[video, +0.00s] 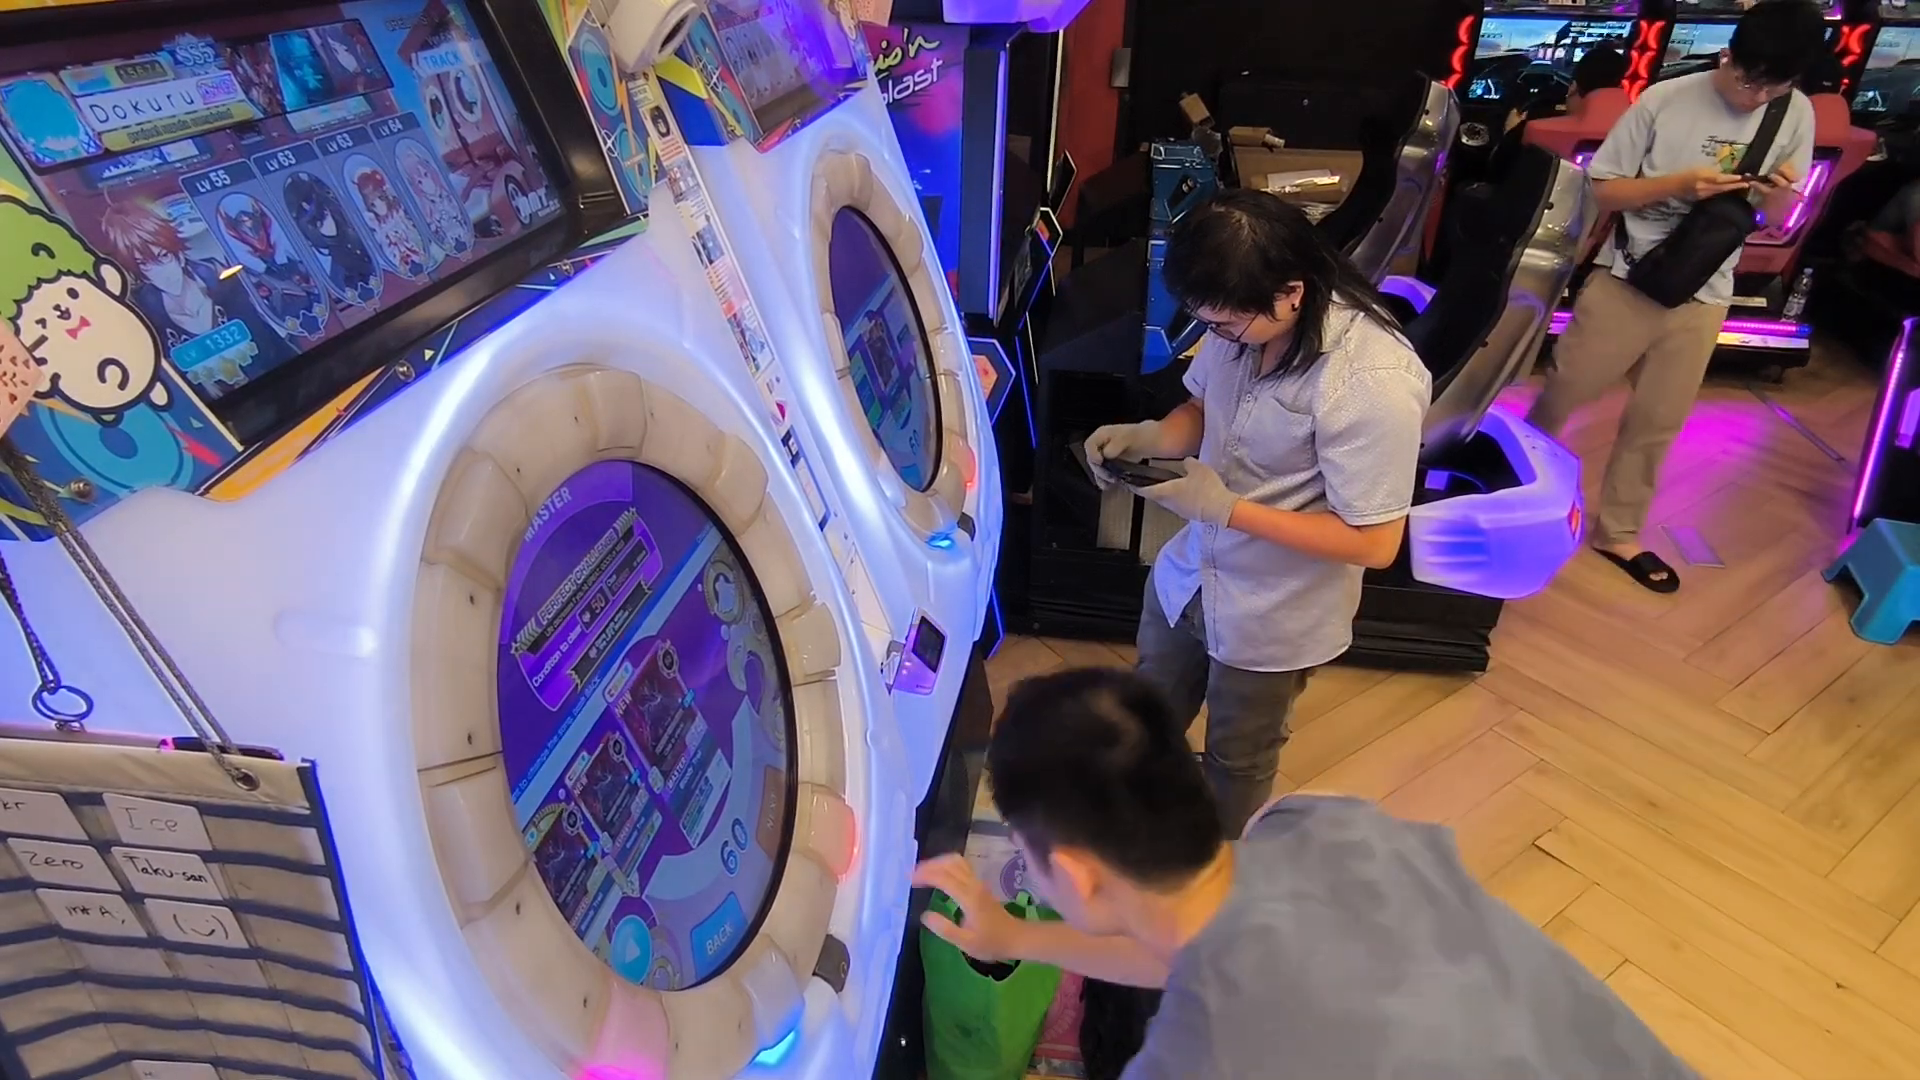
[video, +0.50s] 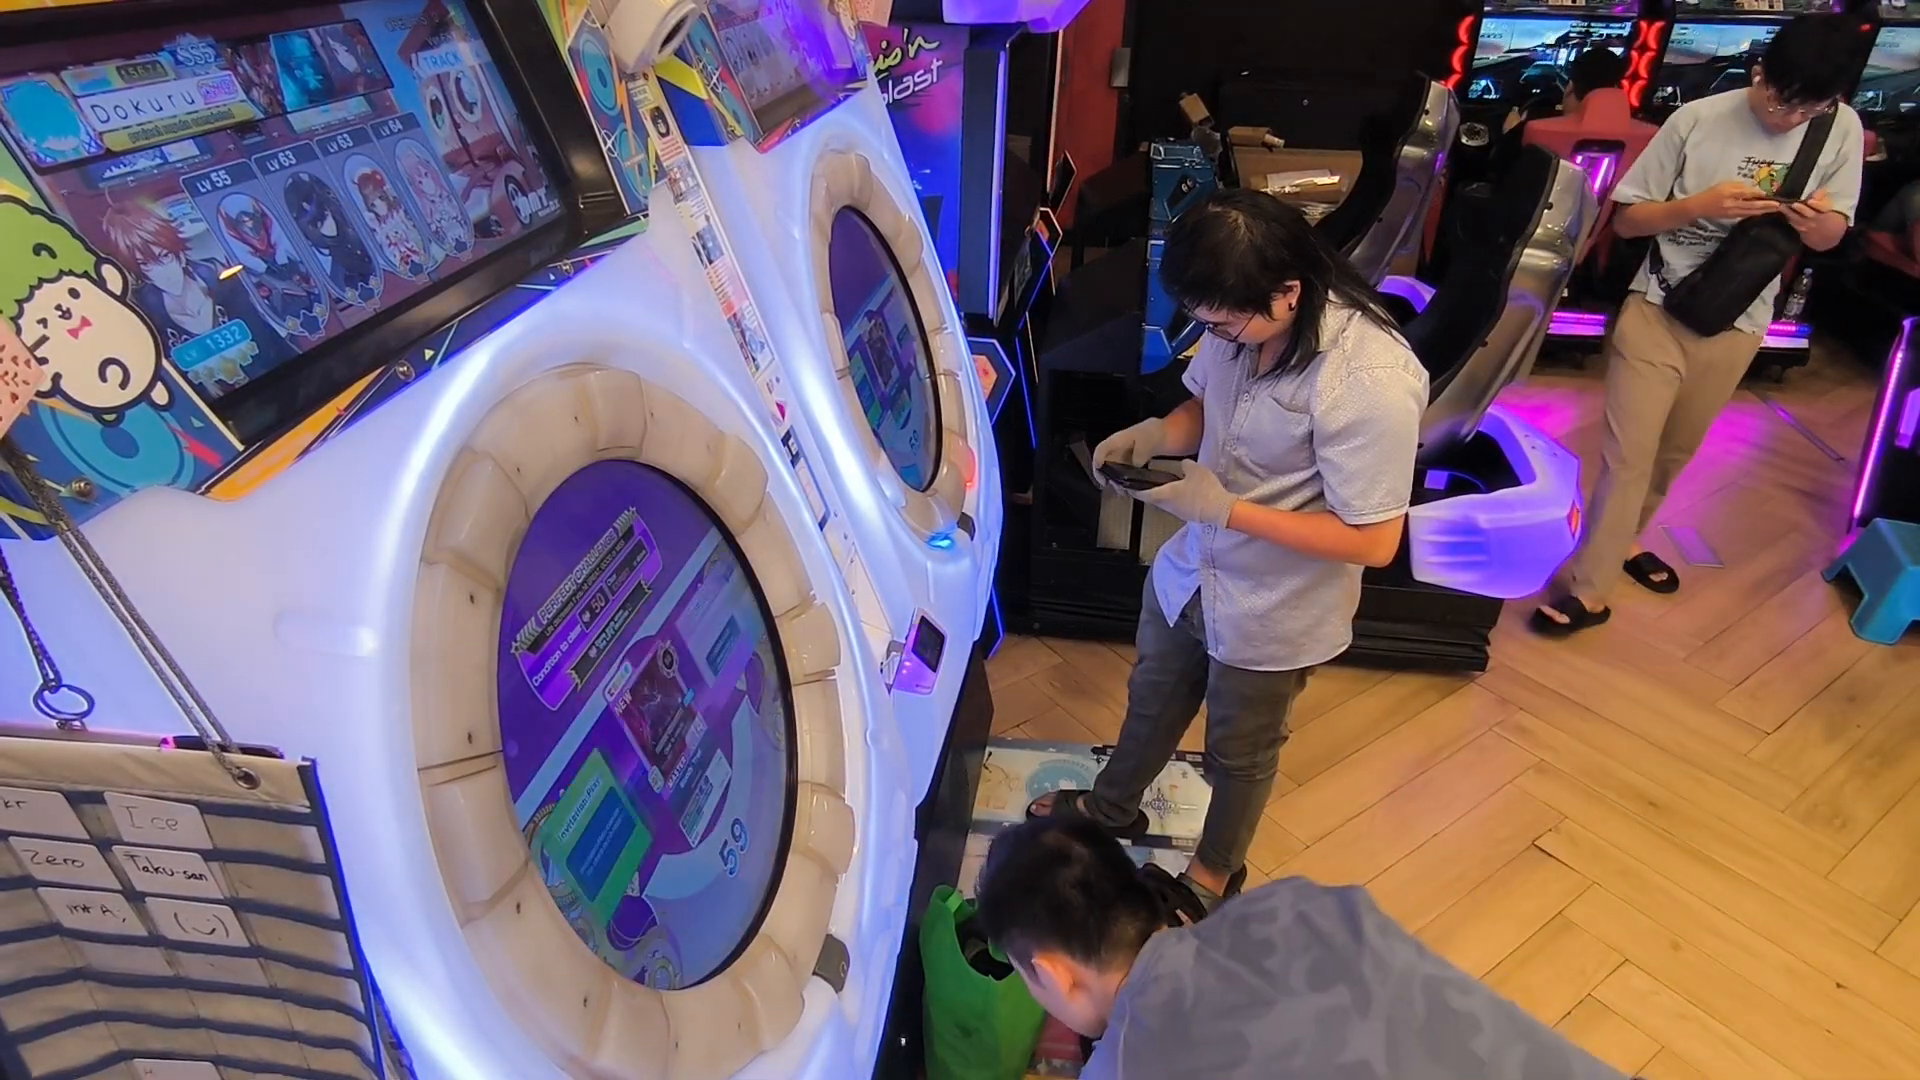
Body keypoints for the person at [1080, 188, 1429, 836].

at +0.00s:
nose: (1215, 333)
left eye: (1229, 321)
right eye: (1208, 318)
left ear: (1290, 296)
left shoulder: (1369, 382)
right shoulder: (1239, 313)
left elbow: (1375, 542)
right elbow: (1199, 411)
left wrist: (1228, 510)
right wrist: (1151, 439)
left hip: (1273, 607)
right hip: (1191, 565)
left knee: (1236, 757)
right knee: (1145, 720)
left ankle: (1213, 866)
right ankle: (1114, 835)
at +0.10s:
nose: (1216, 333)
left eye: (1229, 321)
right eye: (1208, 319)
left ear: (1290, 296)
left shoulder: (1370, 385)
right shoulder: (1239, 316)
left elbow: (1377, 542)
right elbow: (1198, 411)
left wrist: (1229, 507)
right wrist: (1147, 439)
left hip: (1274, 605)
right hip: (1192, 564)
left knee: (1237, 759)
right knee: (1149, 712)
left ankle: (1216, 874)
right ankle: (1108, 824)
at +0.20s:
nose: (1216, 332)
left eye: (1229, 320)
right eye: (1209, 318)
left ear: (1290, 295)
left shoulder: (1371, 382)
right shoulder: (1234, 320)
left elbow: (1378, 543)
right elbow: (1199, 412)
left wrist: (1231, 509)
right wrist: (1146, 439)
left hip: (1273, 607)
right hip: (1190, 566)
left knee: (1240, 756)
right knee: (1150, 706)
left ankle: (1210, 874)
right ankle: (1103, 817)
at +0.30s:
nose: (1220, 332)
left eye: (1233, 318)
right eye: (1211, 318)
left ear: (1291, 293)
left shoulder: (1371, 383)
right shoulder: (1238, 321)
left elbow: (1377, 541)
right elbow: (1203, 410)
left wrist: (1229, 509)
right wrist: (1147, 439)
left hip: (1274, 606)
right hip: (1190, 563)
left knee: (1240, 751)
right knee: (1153, 697)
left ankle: (1214, 873)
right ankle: (1110, 809)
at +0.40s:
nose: (1218, 332)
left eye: (1231, 319)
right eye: (1209, 319)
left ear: (1289, 294)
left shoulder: (1370, 383)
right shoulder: (1239, 320)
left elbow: (1376, 541)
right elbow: (1204, 409)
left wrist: (1228, 509)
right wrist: (1150, 439)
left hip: (1275, 606)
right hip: (1191, 561)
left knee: (1239, 751)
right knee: (1154, 694)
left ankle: (1213, 875)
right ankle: (1109, 809)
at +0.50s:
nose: (1217, 332)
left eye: (1230, 319)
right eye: (1208, 318)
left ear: (1288, 294)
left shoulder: (1368, 384)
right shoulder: (1237, 320)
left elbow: (1374, 541)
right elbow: (1205, 408)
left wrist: (1228, 510)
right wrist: (1154, 437)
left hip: (1273, 605)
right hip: (1190, 561)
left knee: (1239, 752)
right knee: (1153, 696)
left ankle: (1214, 873)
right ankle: (1108, 810)